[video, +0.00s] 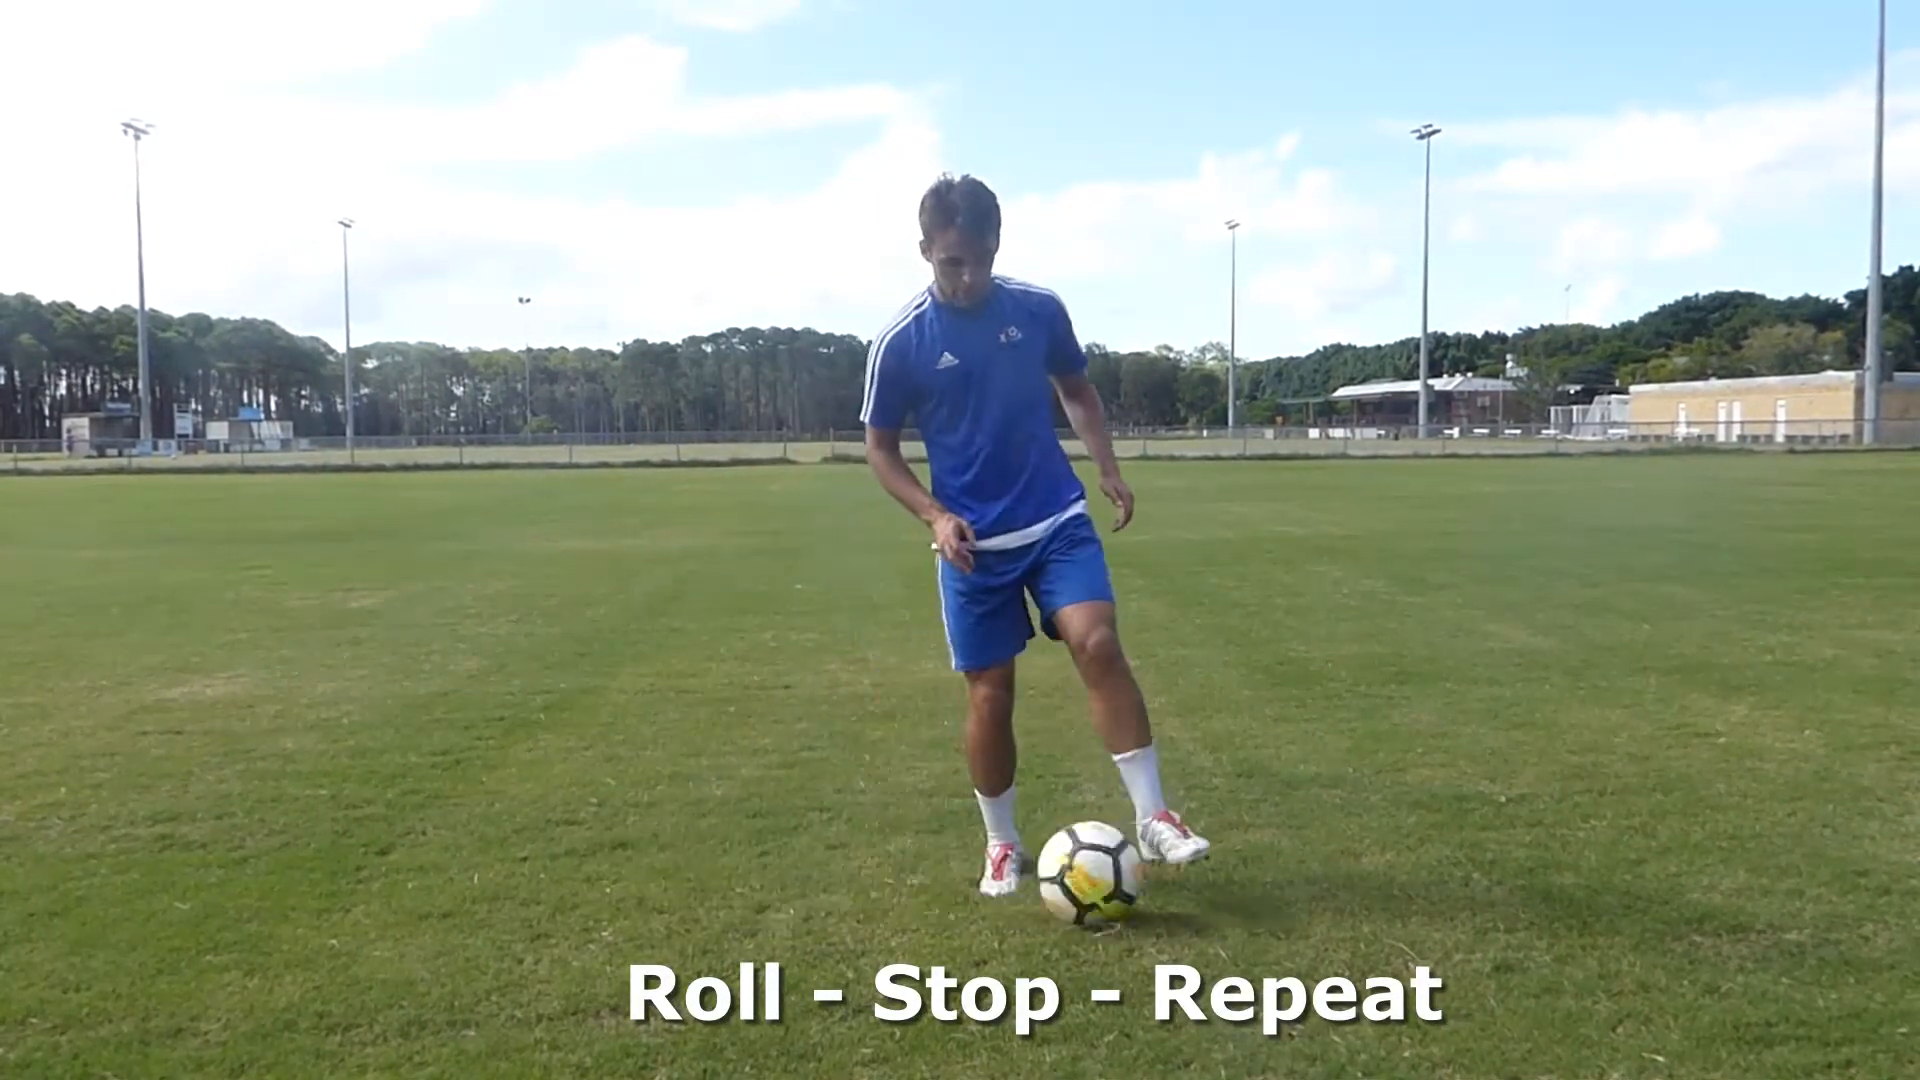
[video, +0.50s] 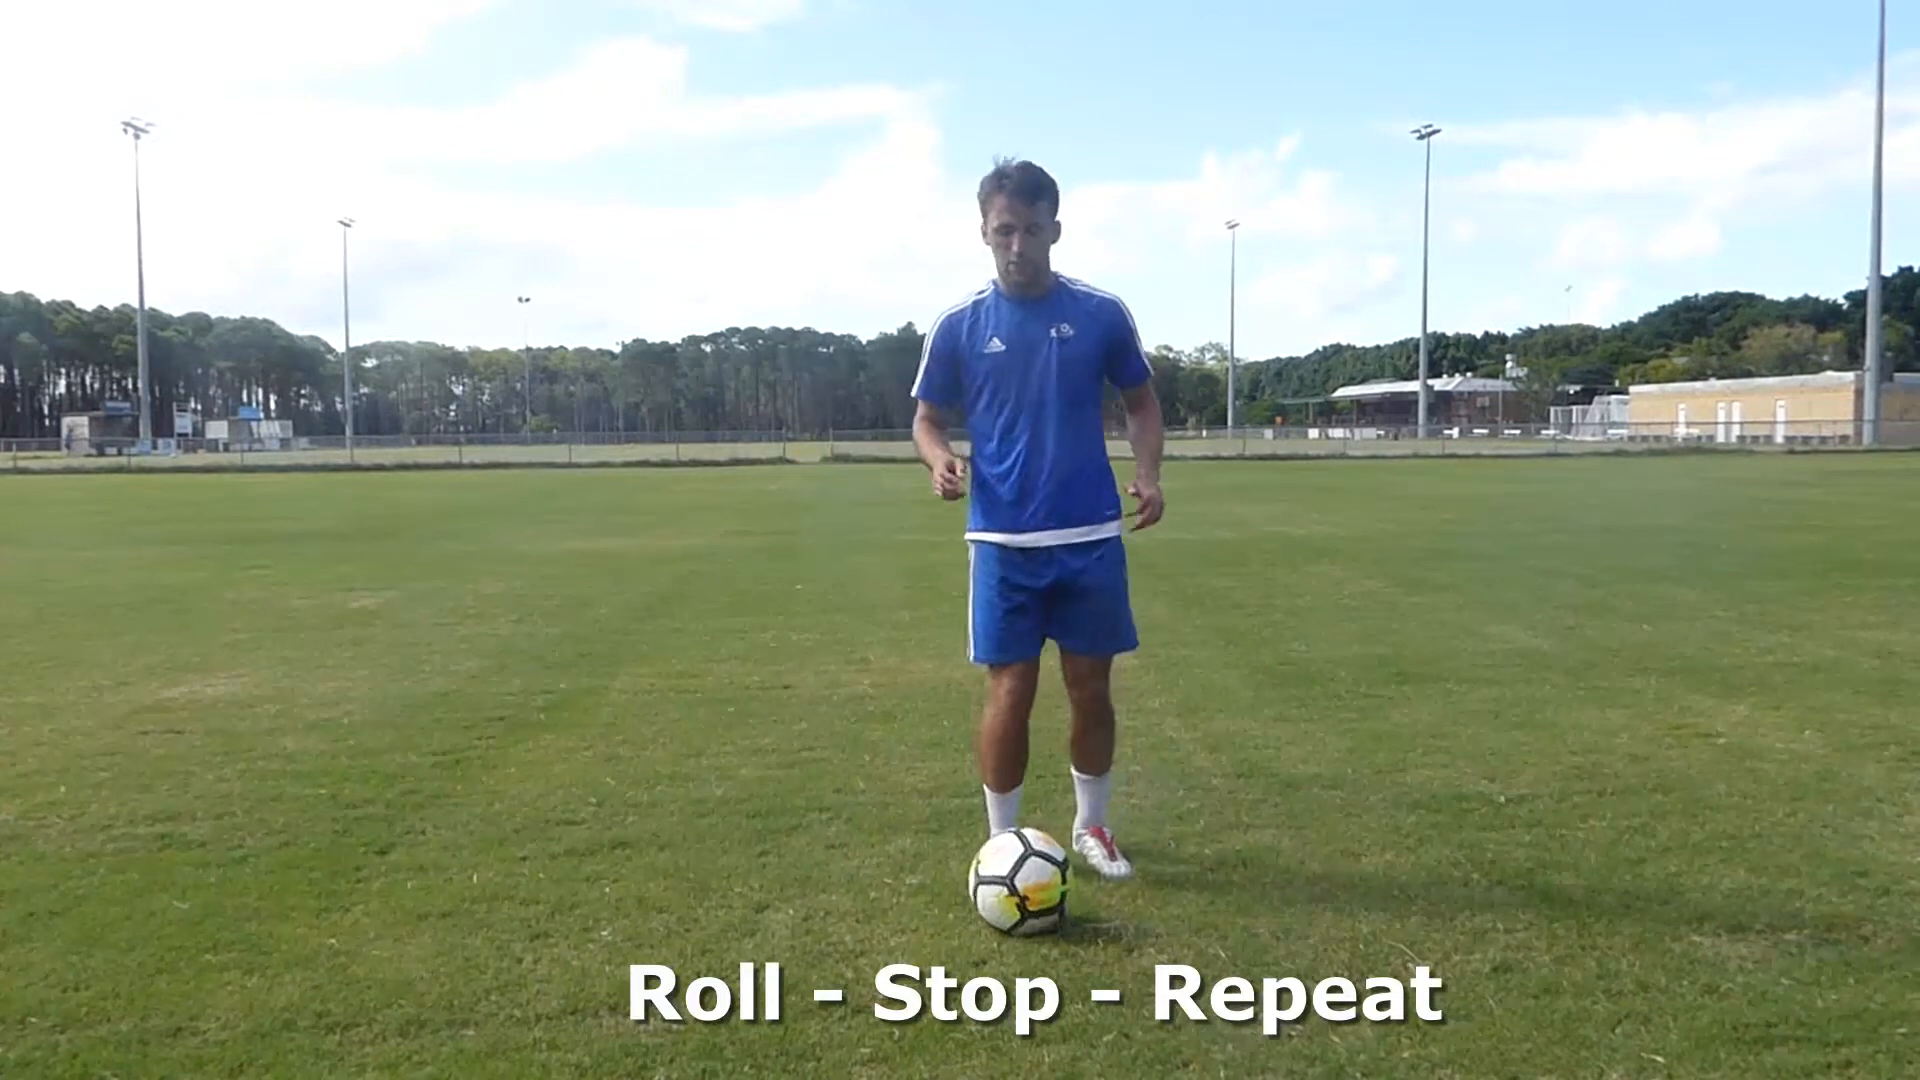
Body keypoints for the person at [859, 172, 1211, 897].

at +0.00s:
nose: (964, 278)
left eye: (976, 261)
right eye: (948, 264)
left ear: (996, 246)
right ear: (924, 250)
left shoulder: (1038, 311)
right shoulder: (901, 345)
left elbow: (1077, 390)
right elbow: (880, 452)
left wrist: (1106, 465)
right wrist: (934, 514)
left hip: (1058, 523)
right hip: (973, 545)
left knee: (1098, 644)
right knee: (990, 697)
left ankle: (1153, 818)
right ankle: (1003, 847)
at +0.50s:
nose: (1015, 245)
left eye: (1029, 230)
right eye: (1001, 230)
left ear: (1055, 228)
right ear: (983, 233)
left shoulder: (1102, 316)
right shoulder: (959, 328)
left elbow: (1142, 401)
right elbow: (928, 419)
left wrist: (1148, 472)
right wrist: (940, 457)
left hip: (1089, 536)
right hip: (1002, 540)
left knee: (1091, 687)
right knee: (1011, 690)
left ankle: (1091, 830)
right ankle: (1003, 845)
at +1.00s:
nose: (1061, 234)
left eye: (1074, 220)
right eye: (1047, 222)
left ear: (1098, 225)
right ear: (1028, 232)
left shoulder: (1143, 319)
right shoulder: (1002, 326)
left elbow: (1174, 410)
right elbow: (971, 426)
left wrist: (1164, 477)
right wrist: (1008, 467)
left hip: (1111, 540)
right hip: (1026, 540)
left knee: (1097, 683)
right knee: (1022, 686)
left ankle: (1091, 831)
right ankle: (1003, 843)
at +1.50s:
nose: (1049, 253)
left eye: (1062, 237)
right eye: (1035, 238)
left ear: (1090, 229)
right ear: (1019, 236)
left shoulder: (1138, 318)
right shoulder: (997, 324)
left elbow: (1171, 410)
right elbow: (967, 417)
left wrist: (1157, 479)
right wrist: (992, 456)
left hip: (1097, 536)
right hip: (1012, 532)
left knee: (1090, 681)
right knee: (993, 674)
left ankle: (1090, 830)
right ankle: (985, 819)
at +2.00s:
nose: (920, 271)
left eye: (931, 254)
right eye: (905, 258)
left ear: (958, 238)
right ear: (888, 249)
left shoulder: (1011, 314)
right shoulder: (872, 334)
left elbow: (1055, 400)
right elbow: (851, 420)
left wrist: (1067, 471)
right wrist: (877, 464)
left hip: (1010, 523)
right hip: (921, 537)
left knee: (1061, 645)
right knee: (923, 686)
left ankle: (1093, 796)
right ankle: (930, 833)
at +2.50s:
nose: (825, 275)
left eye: (840, 260)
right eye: (812, 260)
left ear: (868, 246)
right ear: (795, 250)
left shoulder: (914, 323)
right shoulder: (776, 336)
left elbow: (967, 406)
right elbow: (757, 429)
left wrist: (983, 496)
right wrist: (784, 469)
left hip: (887, 522)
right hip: (818, 530)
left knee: (810, 652)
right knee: (873, 682)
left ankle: (776, 831)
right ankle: (926, 829)